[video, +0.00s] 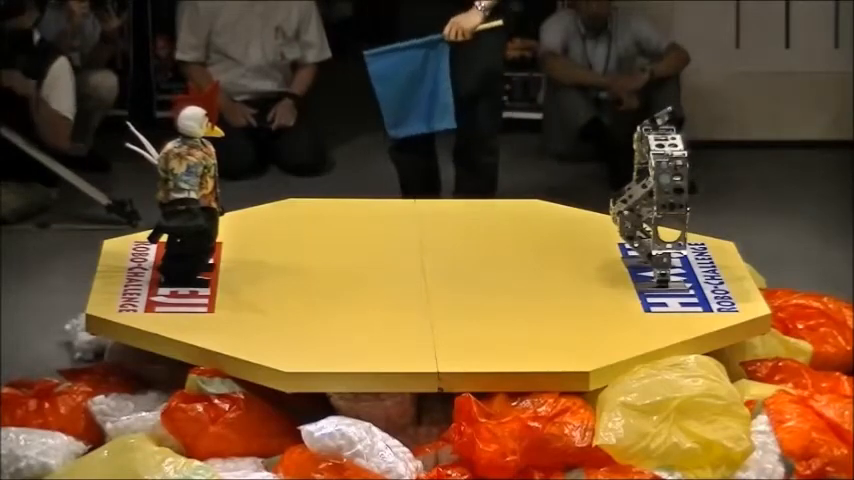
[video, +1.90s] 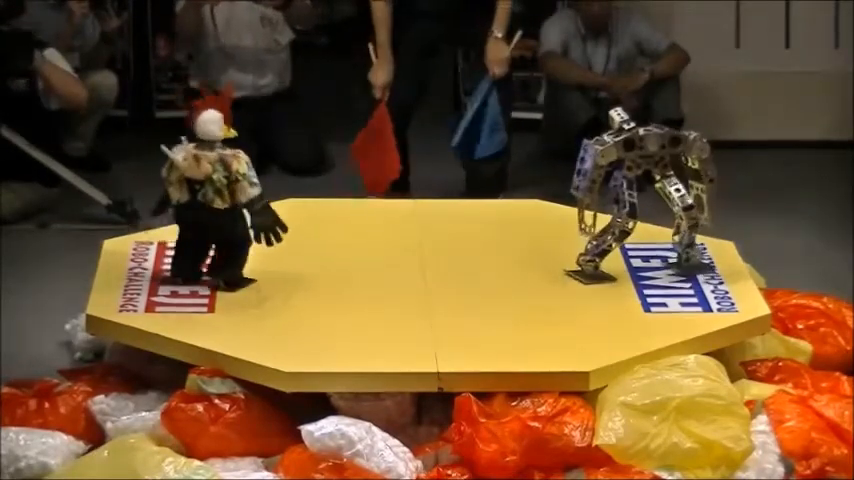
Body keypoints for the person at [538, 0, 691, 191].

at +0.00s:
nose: (595, 9)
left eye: (601, 2)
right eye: (587, 2)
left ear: (611, 4)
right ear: (574, 5)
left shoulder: (630, 24)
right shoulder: (558, 25)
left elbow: (679, 56)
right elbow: (552, 67)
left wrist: (644, 76)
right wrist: (611, 83)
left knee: (666, 81)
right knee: (564, 88)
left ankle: (670, 166)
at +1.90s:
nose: (597, 11)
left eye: (603, 5)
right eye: (590, 5)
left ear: (612, 5)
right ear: (577, 6)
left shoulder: (628, 23)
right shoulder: (559, 24)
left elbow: (679, 56)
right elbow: (550, 64)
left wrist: (644, 76)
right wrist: (608, 83)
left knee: (667, 81)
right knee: (563, 88)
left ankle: (666, 153)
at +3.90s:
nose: (599, 12)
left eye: (605, 6)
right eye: (592, 6)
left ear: (614, 6)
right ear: (578, 7)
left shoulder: (629, 25)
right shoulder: (559, 26)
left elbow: (679, 56)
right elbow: (551, 64)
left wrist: (642, 78)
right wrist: (609, 83)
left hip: (625, 115)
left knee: (668, 78)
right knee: (565, 86)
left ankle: (663, 165)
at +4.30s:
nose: (598, 15)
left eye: (604, 9)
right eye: (592, 9)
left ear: (613, 7)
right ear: (578, 7)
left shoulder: (629, 25)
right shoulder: (558, 26)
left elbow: (679, 56)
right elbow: (551, 65)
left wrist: (643, 76)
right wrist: (608, 82)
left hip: (625, 116)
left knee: (667, 79)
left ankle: (664, 165)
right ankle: (611, 169)